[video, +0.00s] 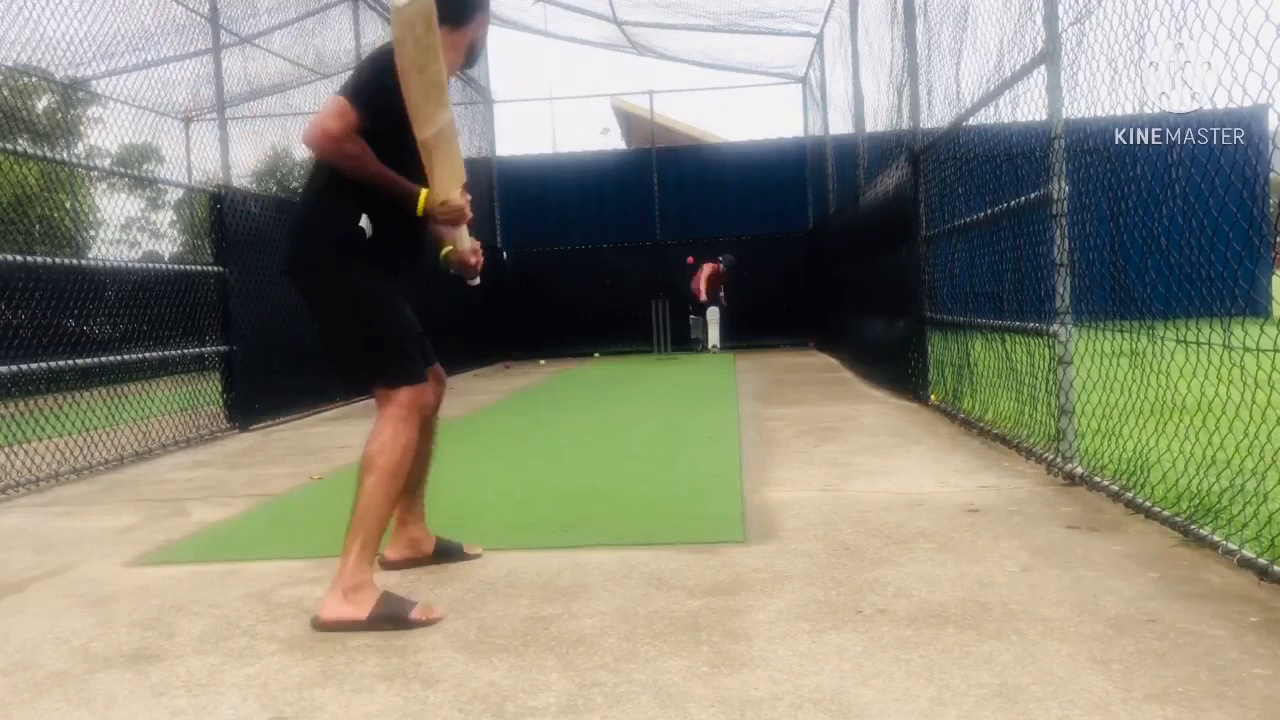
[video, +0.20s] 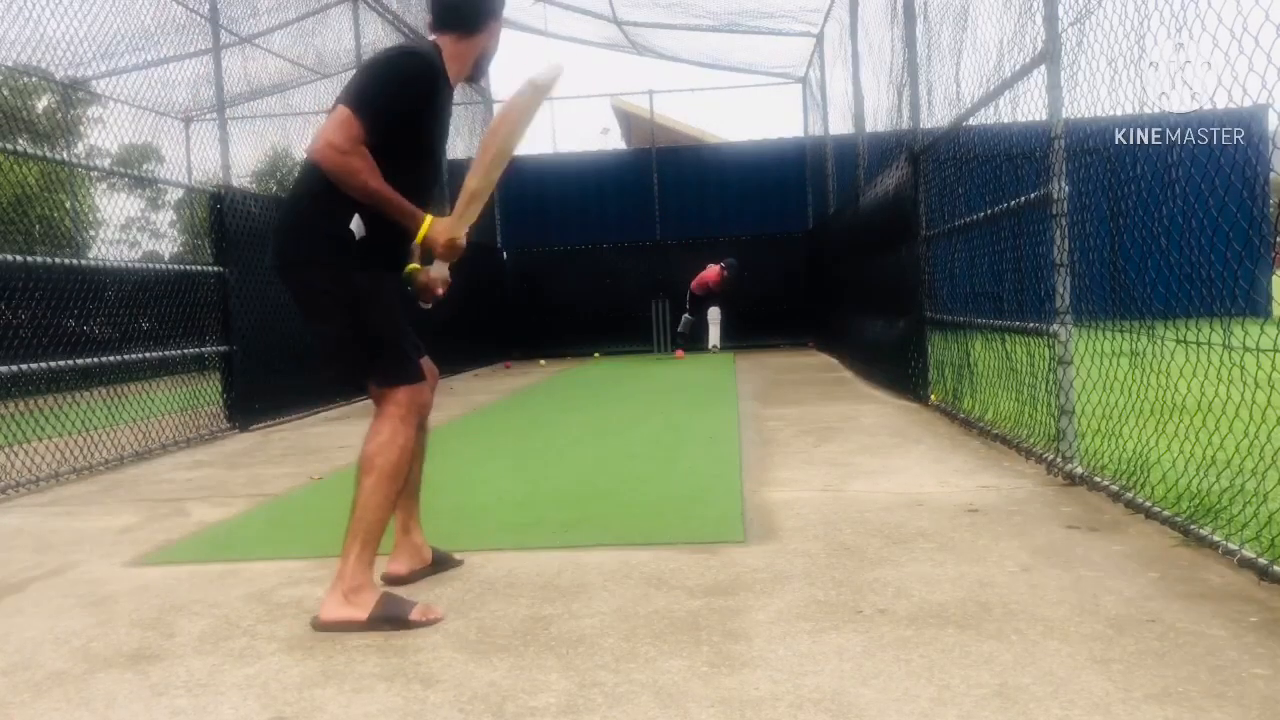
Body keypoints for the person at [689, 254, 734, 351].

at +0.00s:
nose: (724, 269)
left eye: (726, 268)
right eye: (724, 266)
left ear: (727, 267)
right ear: (720, 263)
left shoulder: (721, 273)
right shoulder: (709, 267)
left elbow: (720, 287)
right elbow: (703, 279)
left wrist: (722, 299)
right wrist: (703, 294)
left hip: (709, 292)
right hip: (697, 291)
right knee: (698, 315)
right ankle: (697, 340)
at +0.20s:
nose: (728, 275)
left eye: (729, 274)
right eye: (727, 273)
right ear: (723, 269)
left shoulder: (718, 268)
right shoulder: (714, 278)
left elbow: (710, 266)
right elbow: (717, 290)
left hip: (708, 292)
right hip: (695, 292)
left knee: (714, 313)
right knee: (691, 315)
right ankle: (681, 336)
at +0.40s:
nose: (725, 262)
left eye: (727, 260)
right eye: (724, 259)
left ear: (728, 261)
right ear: (719, 257)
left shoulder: (723, 269)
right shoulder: (708, 267)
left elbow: (721, 280)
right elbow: (703, 286)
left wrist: (722, 288)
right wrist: (714, 299)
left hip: (710, 290)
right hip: (694, 289)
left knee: (712, 314)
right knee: (689, 316)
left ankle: (714, 345)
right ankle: (684, 343)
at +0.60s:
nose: (715, 250)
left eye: (718, 248)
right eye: (713, 247)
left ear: (721, 250)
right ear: (709, 246)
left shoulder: (719, 261)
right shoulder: (699, 256)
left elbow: (718, 281)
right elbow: (688, 269)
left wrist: (722, 295)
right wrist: (694, 275)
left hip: (709, 290)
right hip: (694, 290)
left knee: (710, 315)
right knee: (690, 317)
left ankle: (714, 345)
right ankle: (693, 346)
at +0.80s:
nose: (704, 244)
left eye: (706, 242)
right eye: (702, 242)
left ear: (709, 244)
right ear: (698, 242)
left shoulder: (712, 257)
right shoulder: (689, 255)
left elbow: (715, 275)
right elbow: (682, 270)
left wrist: (717, 285)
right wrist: (686, 274)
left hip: (706, 290)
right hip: (691, 290)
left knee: (710, 315)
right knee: (691, 318)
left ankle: (714, 344)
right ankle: (693, 345)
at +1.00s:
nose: (697, 243)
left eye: (700, 240)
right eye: (695, 240)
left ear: (704, 242)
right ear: (692, 242)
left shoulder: (710, 256)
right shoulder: (686, 256)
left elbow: (716, 273)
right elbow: (682, 271)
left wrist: (718, 283)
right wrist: (686, 278)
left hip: (707, 289)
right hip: (691, 289)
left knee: (710, 315)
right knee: (691, 318)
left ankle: (717, 344)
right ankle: (693, 345)